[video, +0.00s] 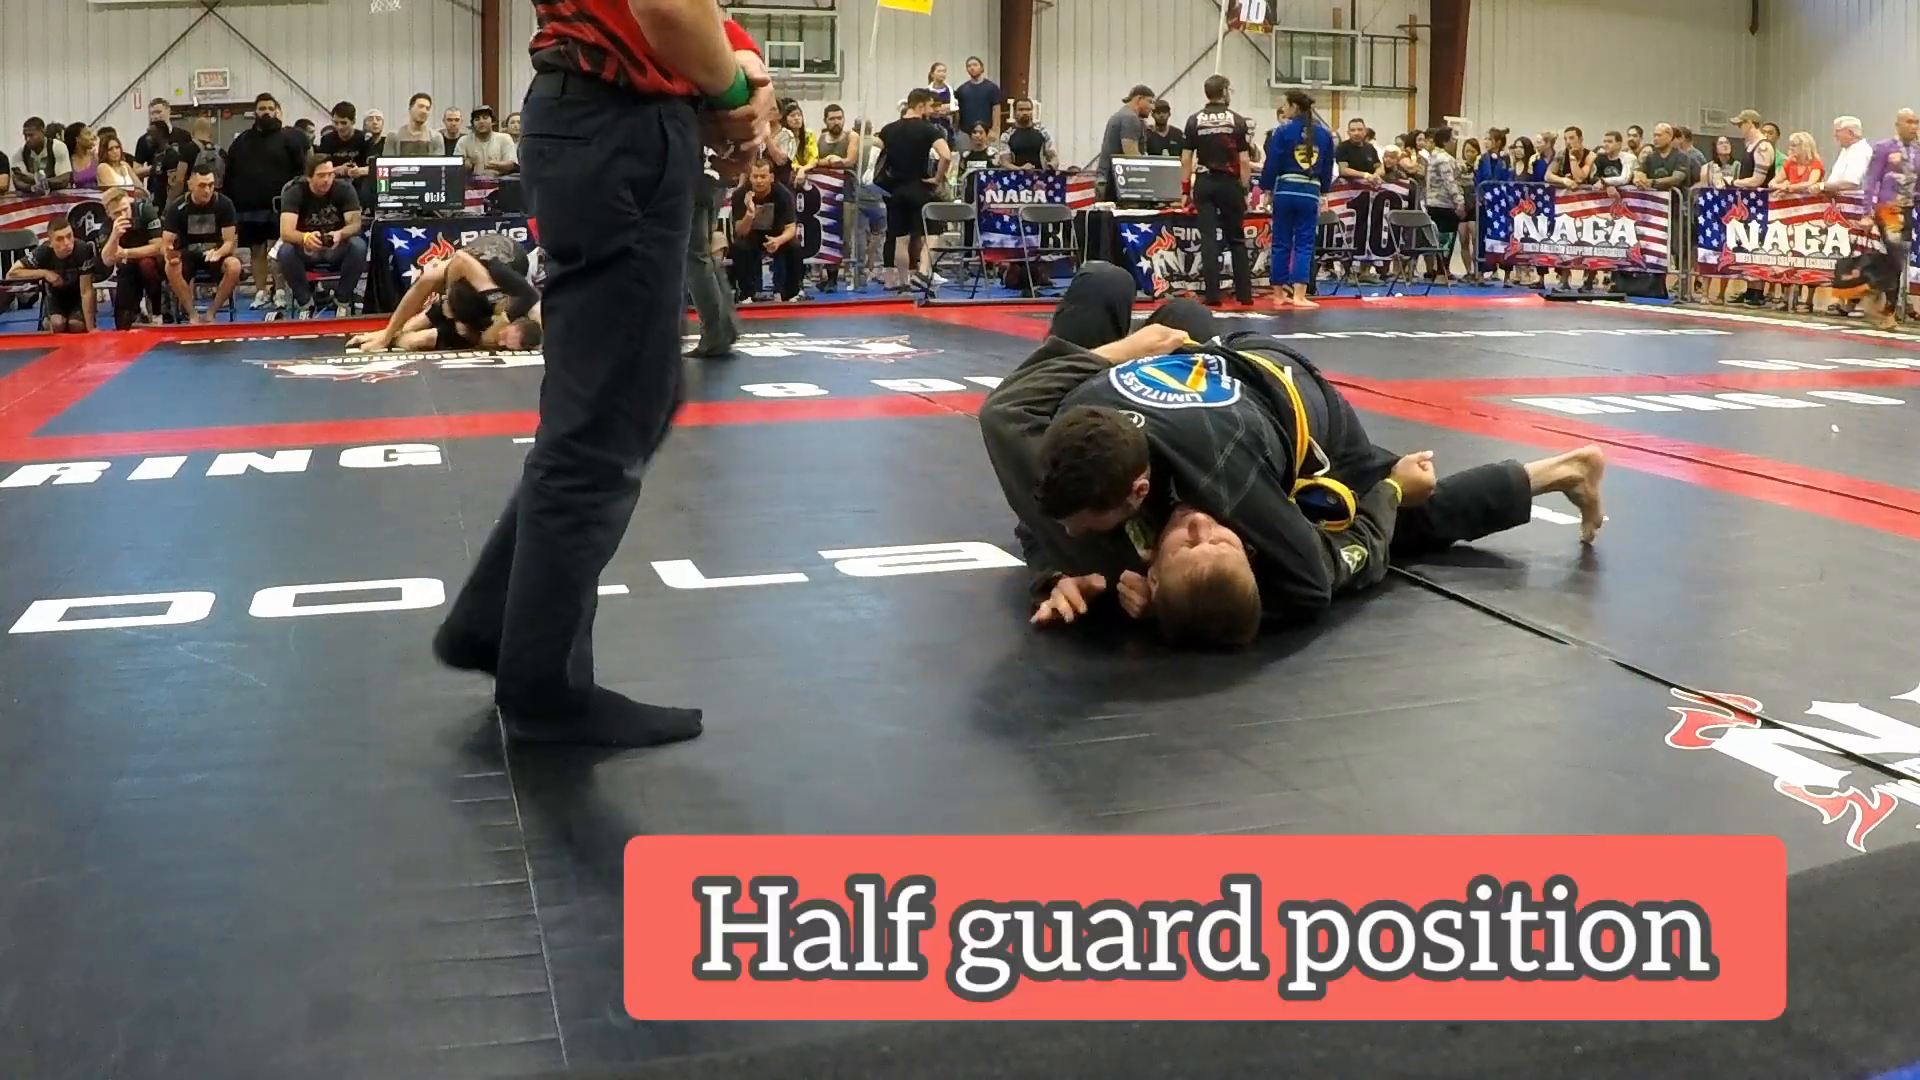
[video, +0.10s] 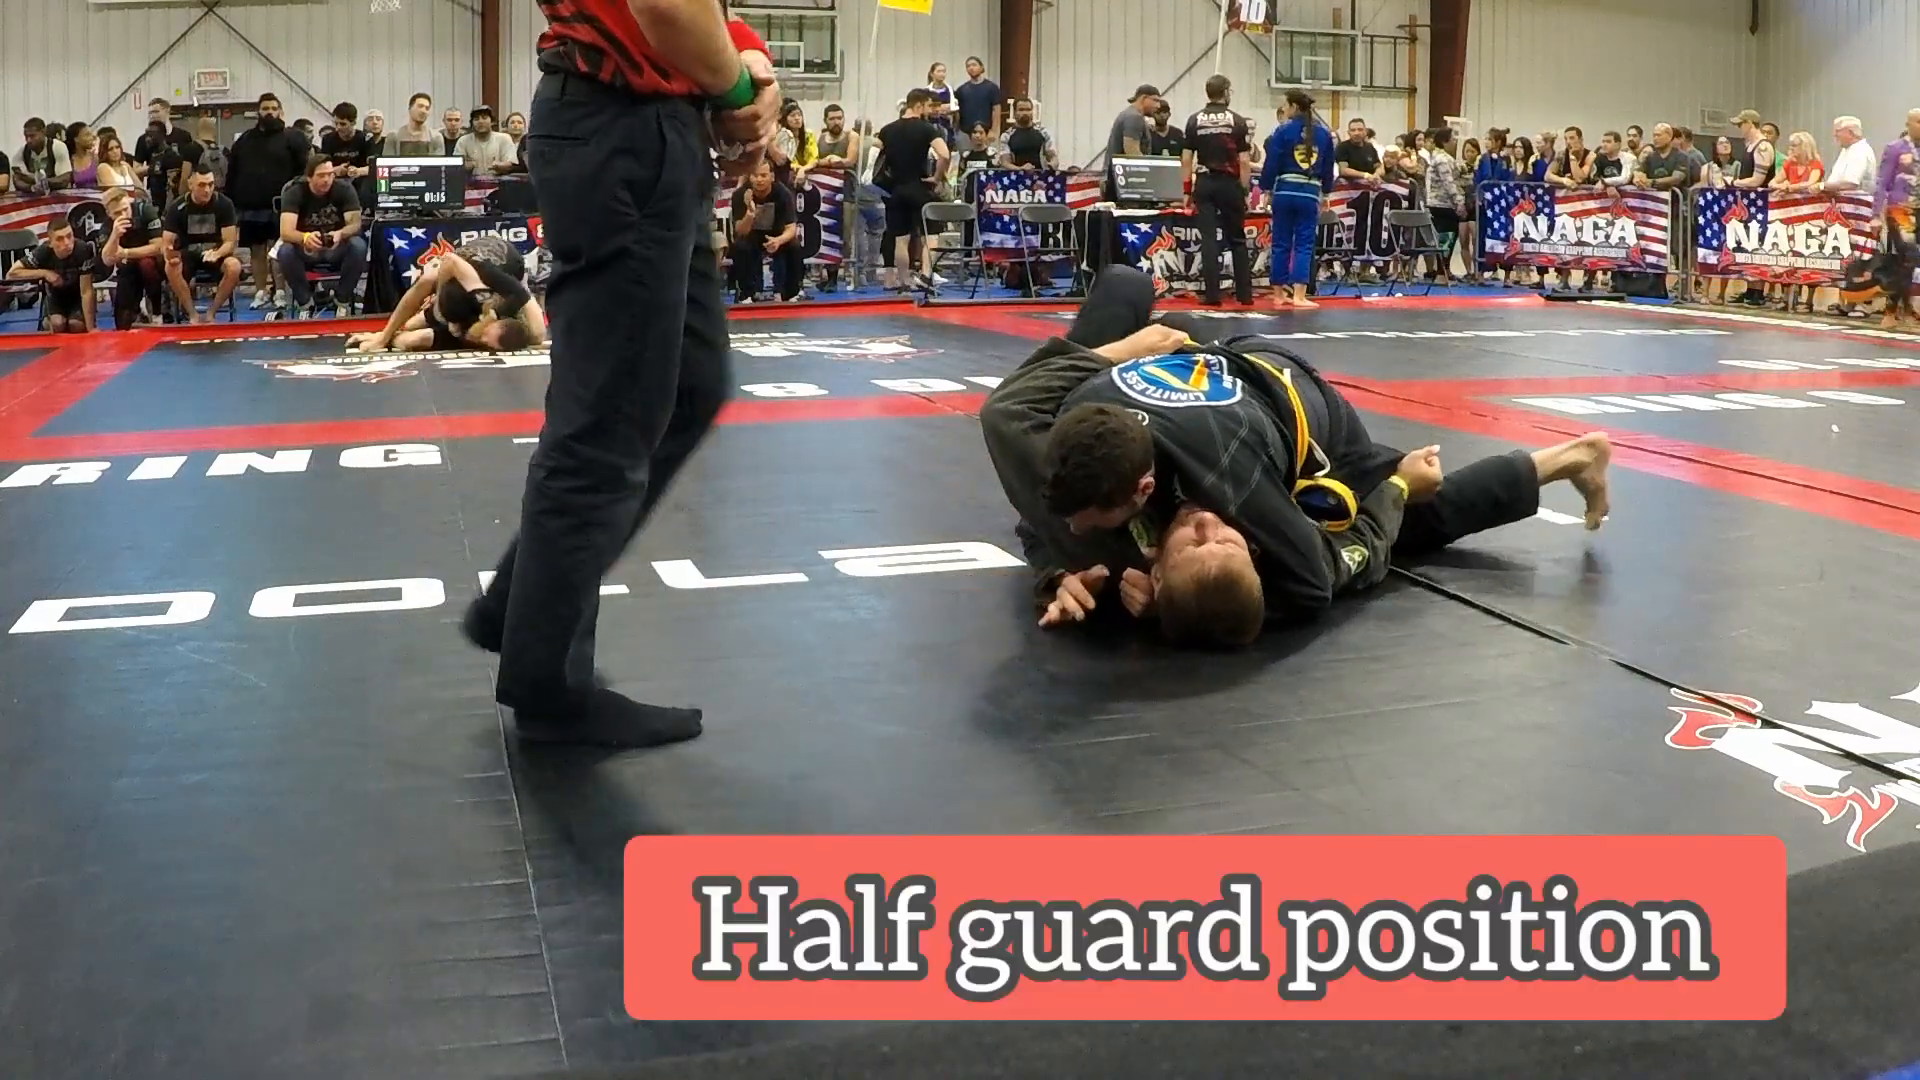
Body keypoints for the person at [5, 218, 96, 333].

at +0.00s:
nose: (67, 243)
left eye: (69, 237)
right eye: (60, 239)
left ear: (73, 234)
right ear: (50, 241)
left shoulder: (83, 250)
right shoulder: (44, 251)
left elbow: (86, 291)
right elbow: (12, 273)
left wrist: (91, 328)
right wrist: (44, 273)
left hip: (78, 291)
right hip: (55, 292)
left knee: (76, 324)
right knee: (58, 323)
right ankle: (46, 323)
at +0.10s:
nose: (67, 243)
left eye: (69, 236)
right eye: (60, 239)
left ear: (73, 234)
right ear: (50, 241)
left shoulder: (83, 250)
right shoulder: (44, 251)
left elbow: (86, 291)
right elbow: (12, 273)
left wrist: (91, 328)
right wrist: (44, 273)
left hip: (78, 291)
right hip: (55, 291)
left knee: (76, 324)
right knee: (58, 323)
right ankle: (46, 323)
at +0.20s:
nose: (67, 243)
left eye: (69, 236)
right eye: (60, 239)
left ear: (73, 234)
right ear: (50, 241)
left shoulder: (83, 250)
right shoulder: (44, 251)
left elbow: (86, 291)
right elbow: (12, 273)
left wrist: (91, 328)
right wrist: (44, 273)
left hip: (78, 292)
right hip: (55, 292)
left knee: (76, 325)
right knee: (58, 323)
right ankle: (46, 323)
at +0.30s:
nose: (67, 243)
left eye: (69, 236)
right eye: (60, 239)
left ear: (73, 235)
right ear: (50, 241)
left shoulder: (83, 249)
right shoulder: (44, 251)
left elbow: (86, 291)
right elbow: (12, 273)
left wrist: (91, 328)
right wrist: (44, 273)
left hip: (78, 291)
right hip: (56, 292)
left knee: (76, 324)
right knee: (58, 323)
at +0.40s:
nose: (67, 243)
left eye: (69, 237)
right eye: (60, 239)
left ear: (73, 235)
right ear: (50, 241)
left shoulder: (83, 250)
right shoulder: (44, 251)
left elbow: (86, 291)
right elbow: (12, 273)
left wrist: (91, 328)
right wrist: (44, 273)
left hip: (78, 293)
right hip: (56, 293)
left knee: (76, 325)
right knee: (58, 323)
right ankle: (46, 323)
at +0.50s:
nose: (67, 243)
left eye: (69, 237)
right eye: (60, 239)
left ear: (73, 235)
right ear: (50, 241)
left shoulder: (83, 250)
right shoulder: (44, 251)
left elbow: (86, 291)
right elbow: (12, 273)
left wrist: (91, 328)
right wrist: (44, 273)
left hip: (78, 293)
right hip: (56, 293)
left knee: (76, 325)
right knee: (58, 323)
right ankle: (46, 323)